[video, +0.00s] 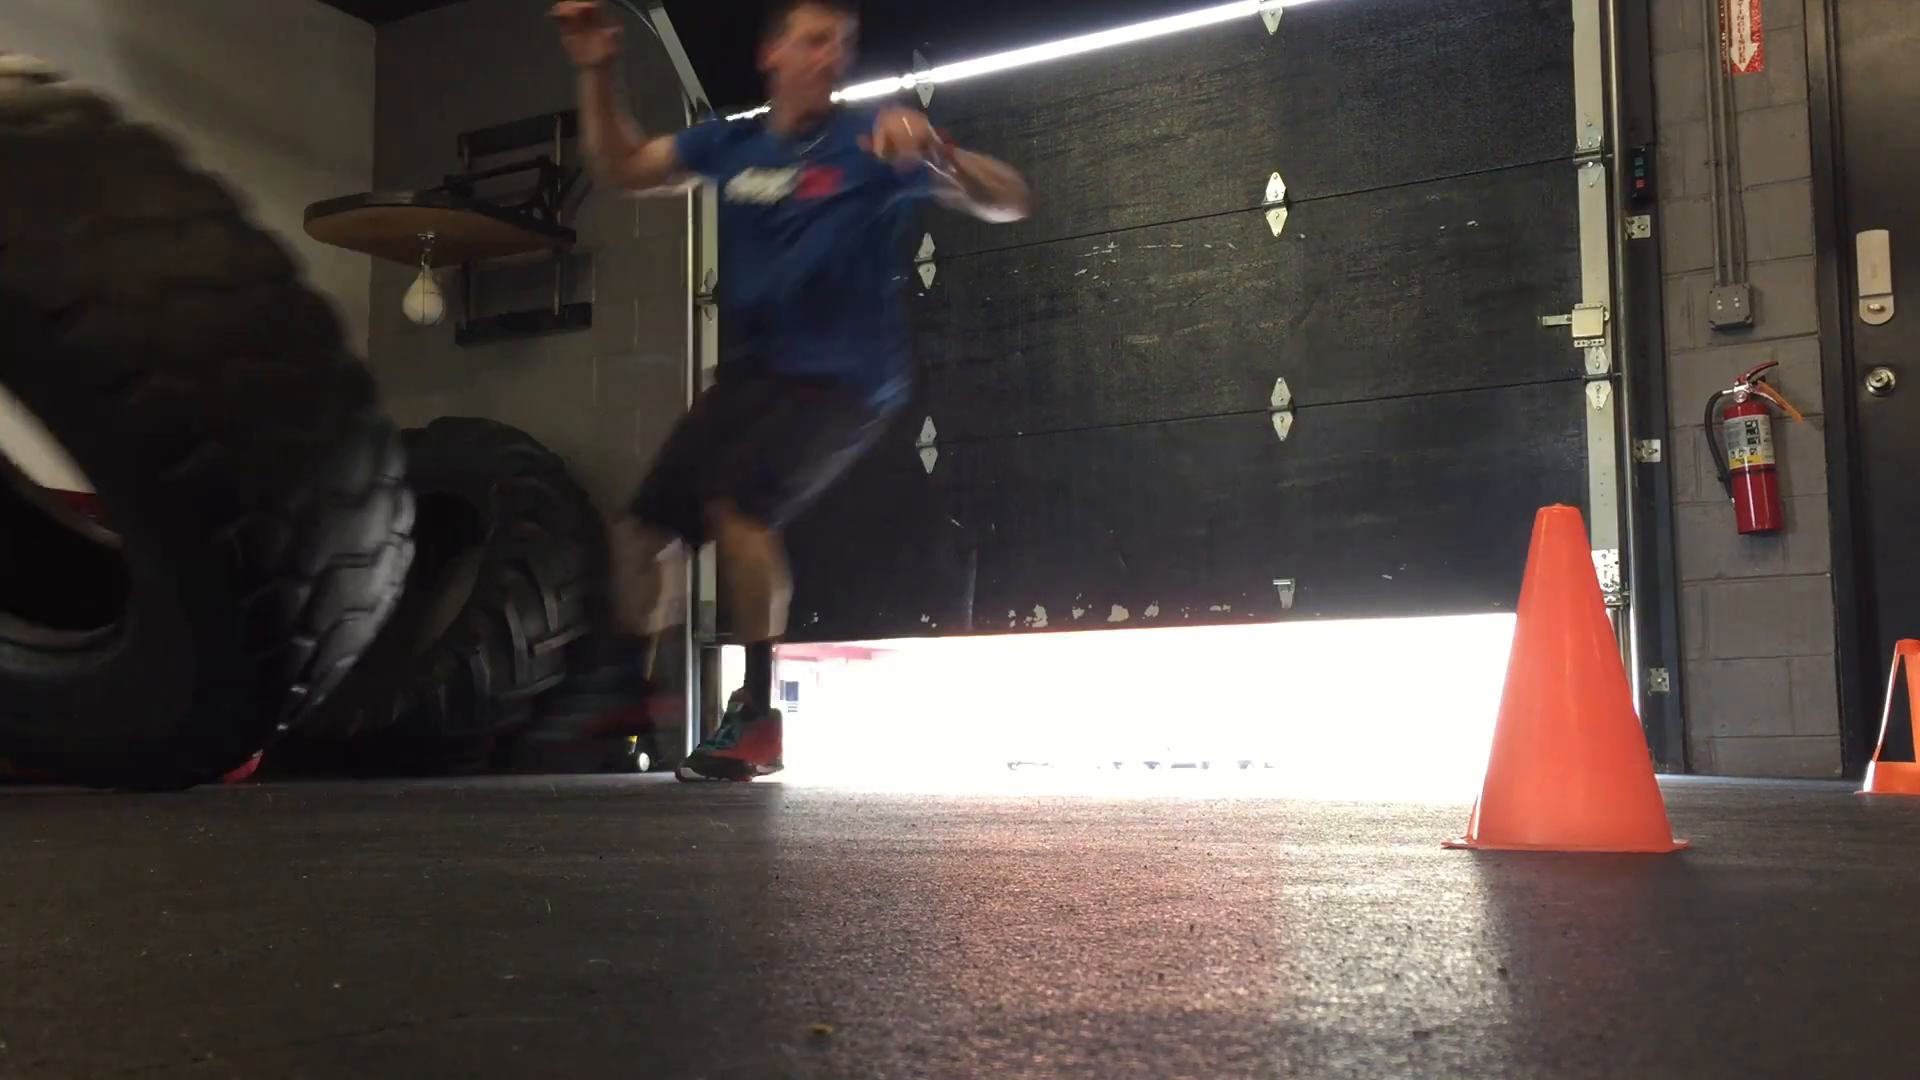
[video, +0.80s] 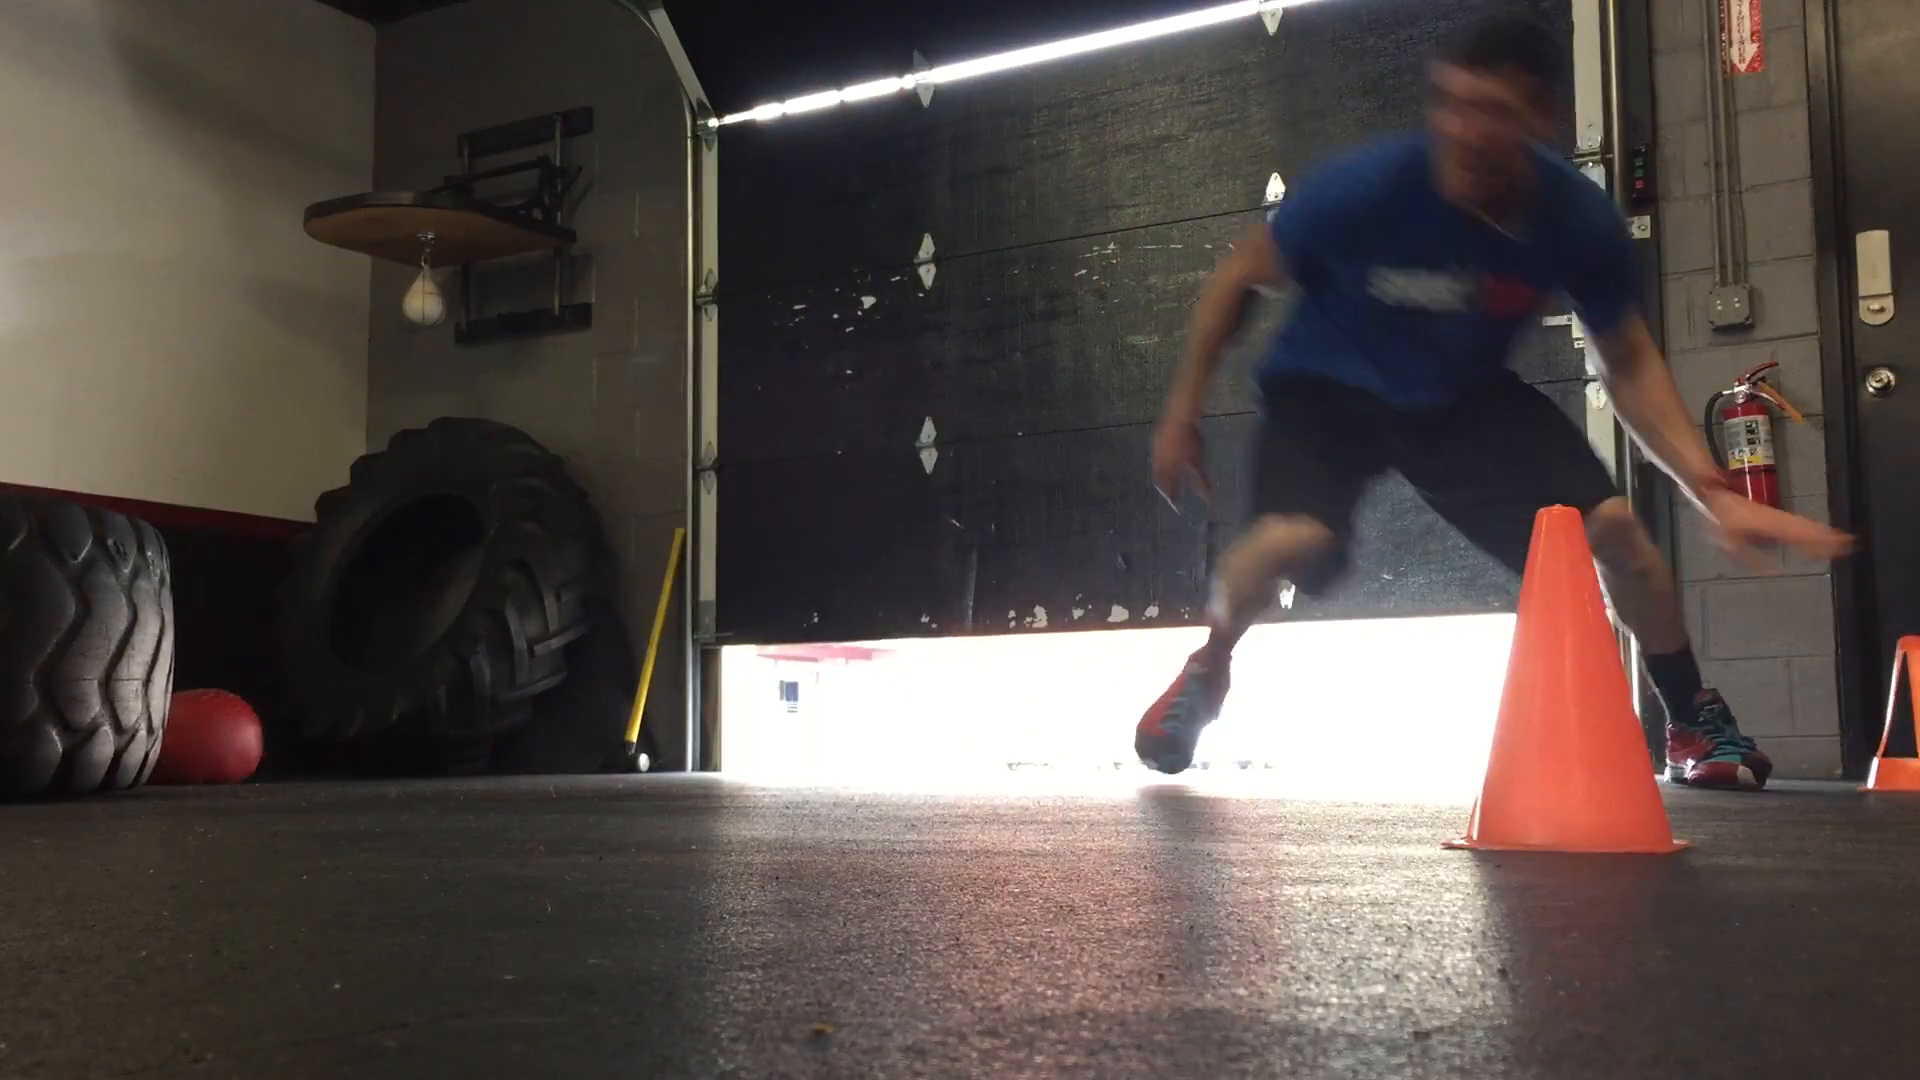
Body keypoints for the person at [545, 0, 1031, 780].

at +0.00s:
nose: (833, 56)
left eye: (842, 43)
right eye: (816, 39)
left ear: (852, 58)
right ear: (771, 53)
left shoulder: (881, 144)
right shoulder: (731, 142)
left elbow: (1013, 202)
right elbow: (621, 167)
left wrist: (938, 154)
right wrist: (596, 69)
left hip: (852, 378)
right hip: (758, 373)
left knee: (742, 508)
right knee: (643, 525)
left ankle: (756, 719)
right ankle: (633, 699)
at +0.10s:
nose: (925, 20)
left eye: (938, 9)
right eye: (908, 5)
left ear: (950, 21)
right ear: (867, 9)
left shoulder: (974, 106)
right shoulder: (814, 92)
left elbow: (1074, 212)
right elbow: (711, 156)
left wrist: (988, 223)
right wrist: (683, 91)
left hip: (955, 336)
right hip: (860, 329)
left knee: (872, 466)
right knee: (755, 477)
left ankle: (853, 674)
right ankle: (822, 662)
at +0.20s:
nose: (1050, 13)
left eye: (1056, 5)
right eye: (1032, 0)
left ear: (1059, 17)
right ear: (985, 5)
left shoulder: (1083, 107)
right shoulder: (923, 87)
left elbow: (1146, 235)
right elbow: (814, 173)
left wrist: (1116, 298)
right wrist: (814, 150)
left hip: (1048, 324)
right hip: (950, 328)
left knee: (1036, 446)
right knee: (866, 510)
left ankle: (1131, 634)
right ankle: (921, 709)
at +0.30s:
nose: (1182, 25)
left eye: (1189, 11)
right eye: (1166, 8)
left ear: (1197, 24)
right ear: (1120, 14)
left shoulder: (1211, 130)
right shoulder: (1037, 105)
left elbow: (1289, 241)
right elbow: (923, 188)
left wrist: (1311, 311)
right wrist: (953, 209)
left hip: (1177, 365)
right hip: (1056, 367)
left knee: (1283, 490)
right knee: (961, 541)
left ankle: (1413, 646)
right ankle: (943, 714)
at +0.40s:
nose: (1359, 69)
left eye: (1367, 52)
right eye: (1339, 46)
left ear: (1363, 64)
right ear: (1273, 42)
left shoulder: (1370, 164)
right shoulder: (1192, 138)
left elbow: (1472, 282)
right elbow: (1095, 228)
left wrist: (1559, 396)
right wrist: (1079, 311)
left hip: (1323, 406)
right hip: (1195, 405)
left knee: (1473, 529)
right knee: (1089, 574)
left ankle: (1639, 693)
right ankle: (1025, 705)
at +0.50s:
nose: (1529, 155)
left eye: (1539, 137)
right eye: (1511, 131)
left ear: (1541, 143)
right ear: (1441, 121)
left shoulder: (1529, 254)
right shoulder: (1337, 210)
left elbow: (1637, 394)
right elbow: (1230, 310)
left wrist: (1772, 517)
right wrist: (1184, 443)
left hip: (1440, 440)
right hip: (1317, 457)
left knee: (1594, 519)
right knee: (1276, 643)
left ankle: (1682, 708)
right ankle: (1167, 710)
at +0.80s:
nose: (1469, 127)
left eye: (1493, 108)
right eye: (1454, 103)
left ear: (1543, 119)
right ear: (1433, 105)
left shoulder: (1578, 221)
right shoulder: (1362, 190)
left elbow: (1631, 361)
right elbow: (1236, 277)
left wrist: (1716, 493)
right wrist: (1180, 413)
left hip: (1467, 396)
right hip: (1328, 387)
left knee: (1617, 527)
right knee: (1293, 538)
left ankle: (1694, 727)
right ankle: (1208, 671)